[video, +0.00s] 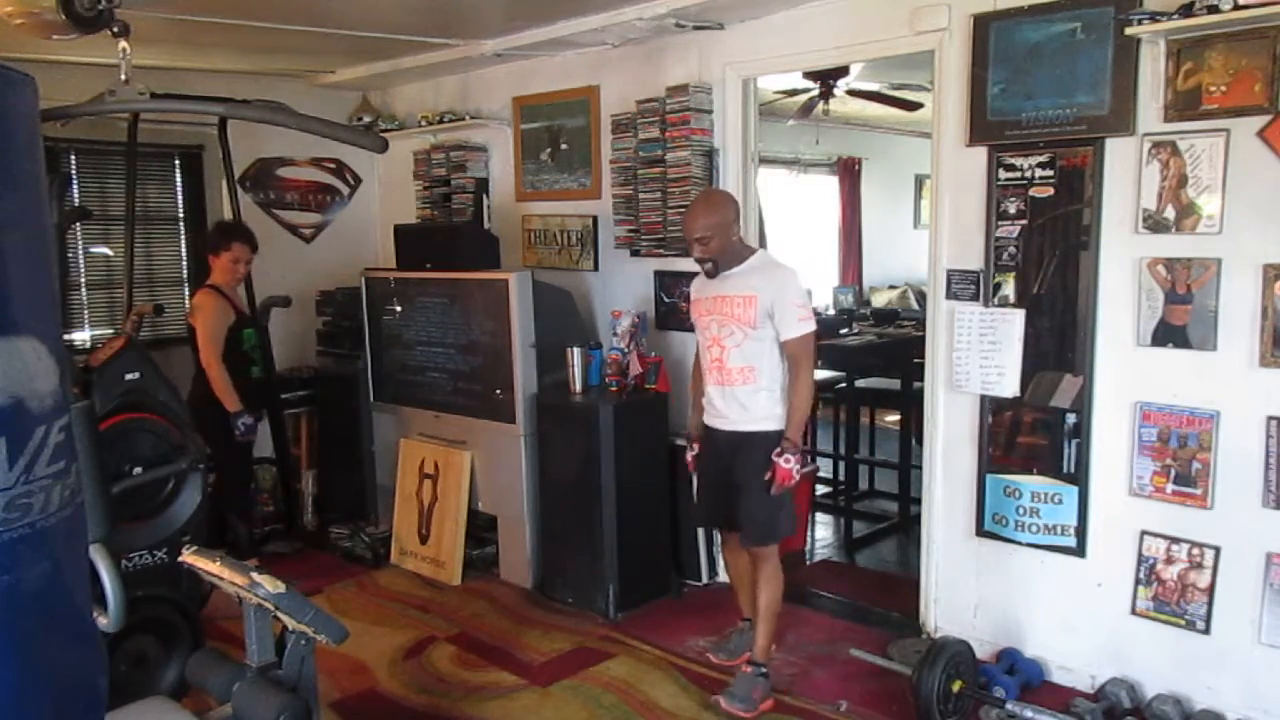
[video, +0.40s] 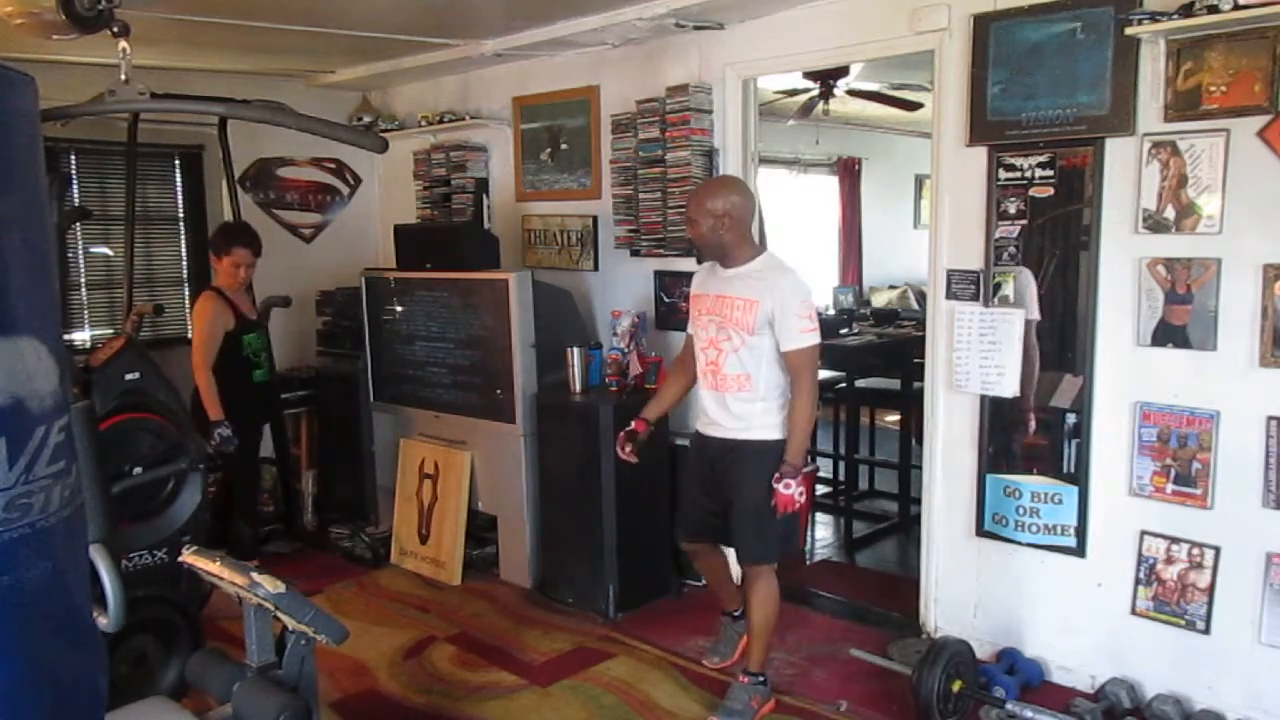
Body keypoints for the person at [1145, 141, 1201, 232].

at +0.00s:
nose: (1157, 158)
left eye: (1159, 153)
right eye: (1155, 156)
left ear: (1168, 150)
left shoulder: (1175, 161)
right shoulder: (1164, 167)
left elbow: (1171, 187)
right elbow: (1161, 189)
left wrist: (1160, 213)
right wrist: (1157, 212)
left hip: (1189, 210)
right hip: (1180, 212)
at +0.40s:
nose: (1157, 158)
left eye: (1159, 153)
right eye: (1155, 155)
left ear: (1168, 150)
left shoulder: (1175, 161)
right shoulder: (1164, 166)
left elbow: (1170, 187)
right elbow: (1161, 188)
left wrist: (1160, 213)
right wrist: (1157, 212)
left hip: (1190, 210)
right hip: (1180, 212)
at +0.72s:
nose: (1157, 158)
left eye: (1159, 153)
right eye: (1155, 155)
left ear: (1168, 150)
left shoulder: (1175, 161)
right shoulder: (1164, 166)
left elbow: (1170, 187)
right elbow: (1161, 188)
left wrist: (1160, 213)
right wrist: (1157, 212)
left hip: (1190, 210)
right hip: (1180, 212)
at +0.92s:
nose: (1157, 158)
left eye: (1159, 153)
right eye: (1155, 155)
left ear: (1168, 150)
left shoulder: (1175, 161)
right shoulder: (1164, 166)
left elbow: (1170, 187)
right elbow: (1161, 188)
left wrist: (1160, 213)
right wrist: (1157, 212)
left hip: (1190, 210)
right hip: (1180, 212)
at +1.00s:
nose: (1157, 158)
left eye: (1159, 153)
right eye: (1155, 156)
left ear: (1168, 150)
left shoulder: (1175, 161)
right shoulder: (1164, 166)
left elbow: (1170, 187)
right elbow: (1161, 188)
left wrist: (1160, 213)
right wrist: (1157, 212)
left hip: (1190, 210)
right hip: (1180, 212)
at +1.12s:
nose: (1157, 158)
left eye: (1159, 153)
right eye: (1155, 156)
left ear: (1168, 150)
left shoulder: (1174, 161)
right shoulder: (1164, 165)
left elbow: (1171, 187)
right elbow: (1161, 187)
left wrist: (1160, 212)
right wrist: (1157, 211)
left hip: (1190, 210)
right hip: (1180, 211)